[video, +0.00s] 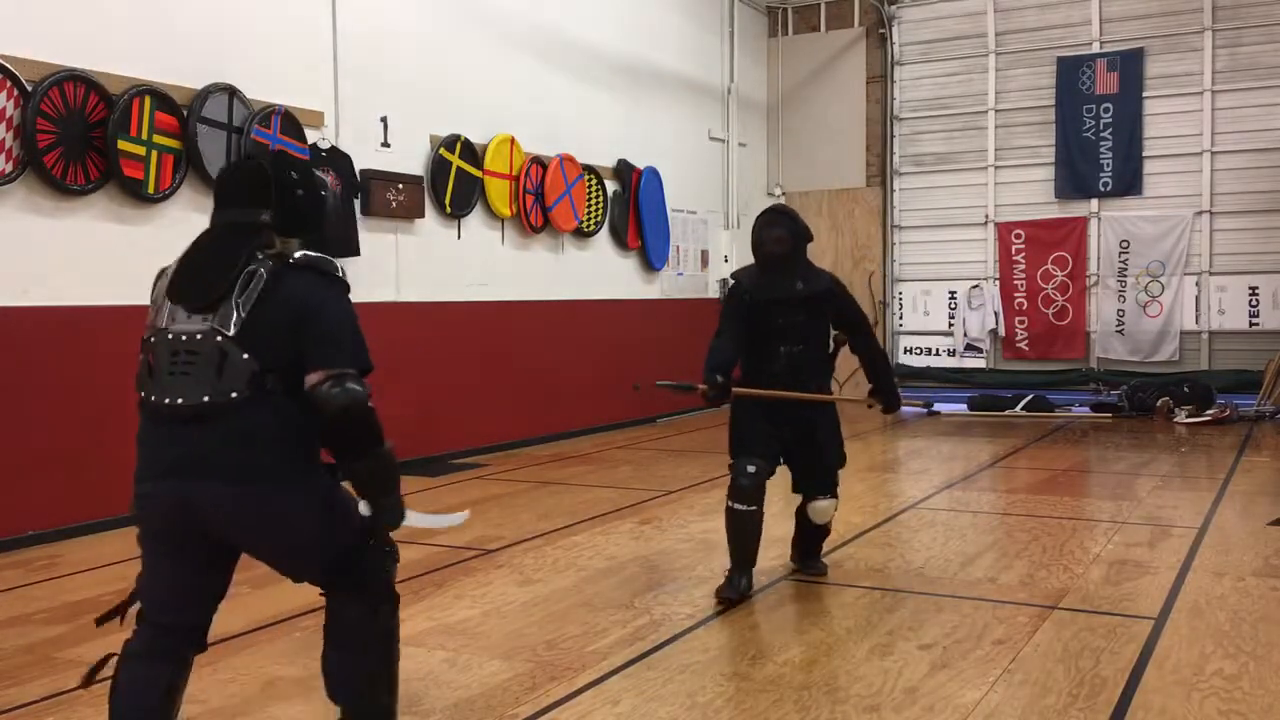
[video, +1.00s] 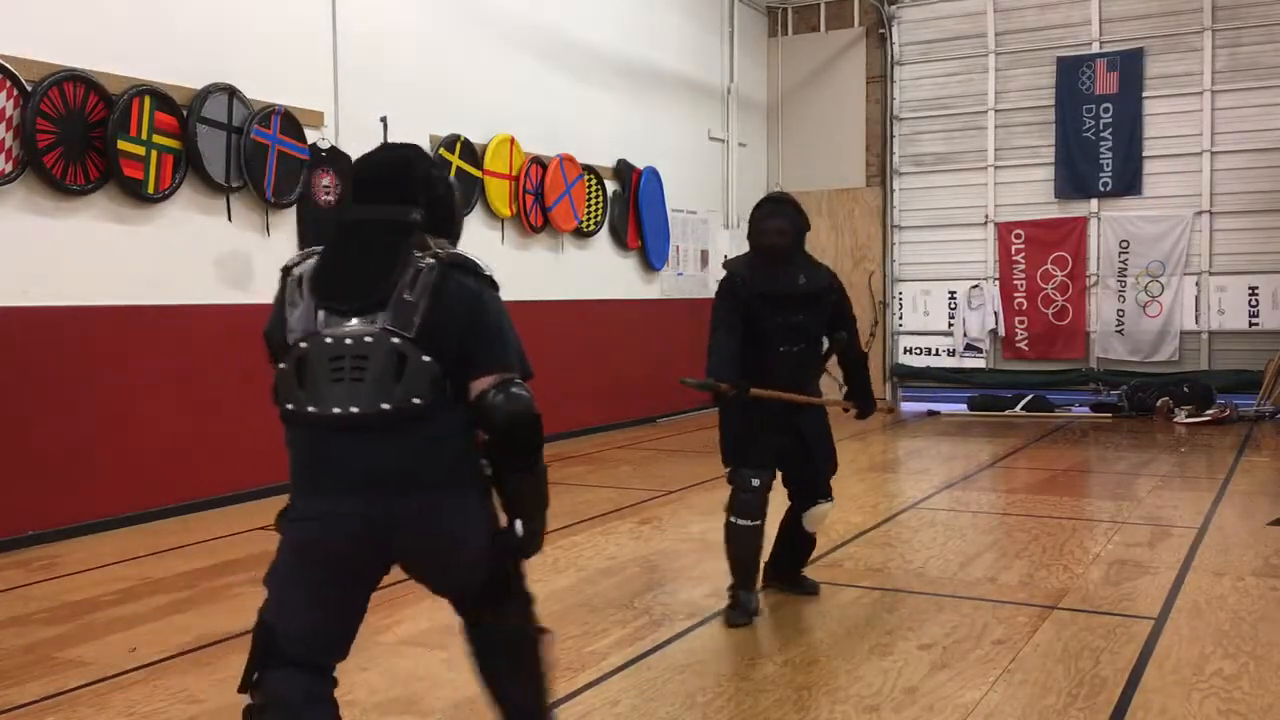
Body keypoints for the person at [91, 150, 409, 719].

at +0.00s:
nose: (318, 214)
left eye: (315, 202)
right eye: (311, 203)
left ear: (226, 213)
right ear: (289, 212)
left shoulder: (175, 278)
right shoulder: (306, 280)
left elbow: (158, 389)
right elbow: (339, 402)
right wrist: (382, 491)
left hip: (169, 486)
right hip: (266, 486)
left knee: (163, 633)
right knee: (361, 566)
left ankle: (134, 709)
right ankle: (367, 707)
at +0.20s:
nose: (331, 204)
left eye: (326, 193)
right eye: (323, 194)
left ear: (238, 202)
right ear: (303, 202)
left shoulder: (183, 274)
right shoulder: (329, 275)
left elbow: (173, 379)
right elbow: (371, 397)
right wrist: (399, 488)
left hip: (192, 486)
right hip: (297, 487)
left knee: (169, 629)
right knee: (367, 599)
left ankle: (137, 709)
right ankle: (393, 709)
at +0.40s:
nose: (379, 212)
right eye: (372, 202)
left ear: (280, 206)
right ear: (357, 206)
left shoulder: (229, 278)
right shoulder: (382, 273)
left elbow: (225, 379)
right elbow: (443, 387)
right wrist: (457, 470)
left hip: (256, 484)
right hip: (361, 483)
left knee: (202, 626)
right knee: (388, 616)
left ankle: (174, 708)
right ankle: (395, 709)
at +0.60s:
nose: (410, 208)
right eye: (401, 198)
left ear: (308, 208)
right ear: (382, 203)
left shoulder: (258, 278)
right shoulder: (412, 277)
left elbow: (246, 369)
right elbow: (466, 399)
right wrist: (486, 487)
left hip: (284, 499)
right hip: (390, 496)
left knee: (262, 651)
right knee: (402, 620)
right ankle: (401, 710)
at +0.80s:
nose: (422, 212)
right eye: (413, 201)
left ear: (313, 211)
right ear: (397, 207)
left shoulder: (268, 283)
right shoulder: (425, 280)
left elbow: (258, 392)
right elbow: (472, 409)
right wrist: (494, 507)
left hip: (295, 507)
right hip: (404, 502)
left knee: (282, 666)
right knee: (424, 610)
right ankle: (416, 708)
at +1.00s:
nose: (455, 211)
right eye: (447, 202)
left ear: (355, 207)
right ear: (431, 208)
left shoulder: (299, 285)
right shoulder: (458, 285)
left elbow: (291, 389)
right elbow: (507, 412)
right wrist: (527, 513)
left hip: (328, 512)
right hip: (438, 504)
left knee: (290, 671)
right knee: (492, 602)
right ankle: (528, 706)